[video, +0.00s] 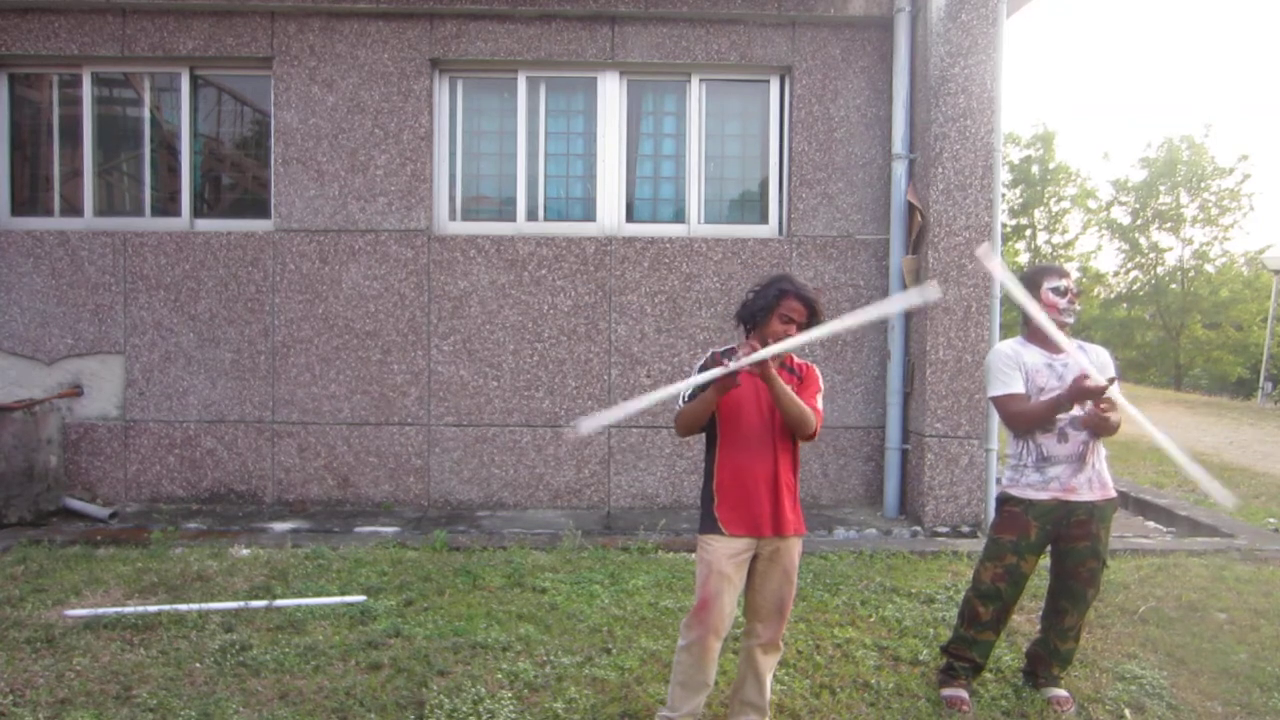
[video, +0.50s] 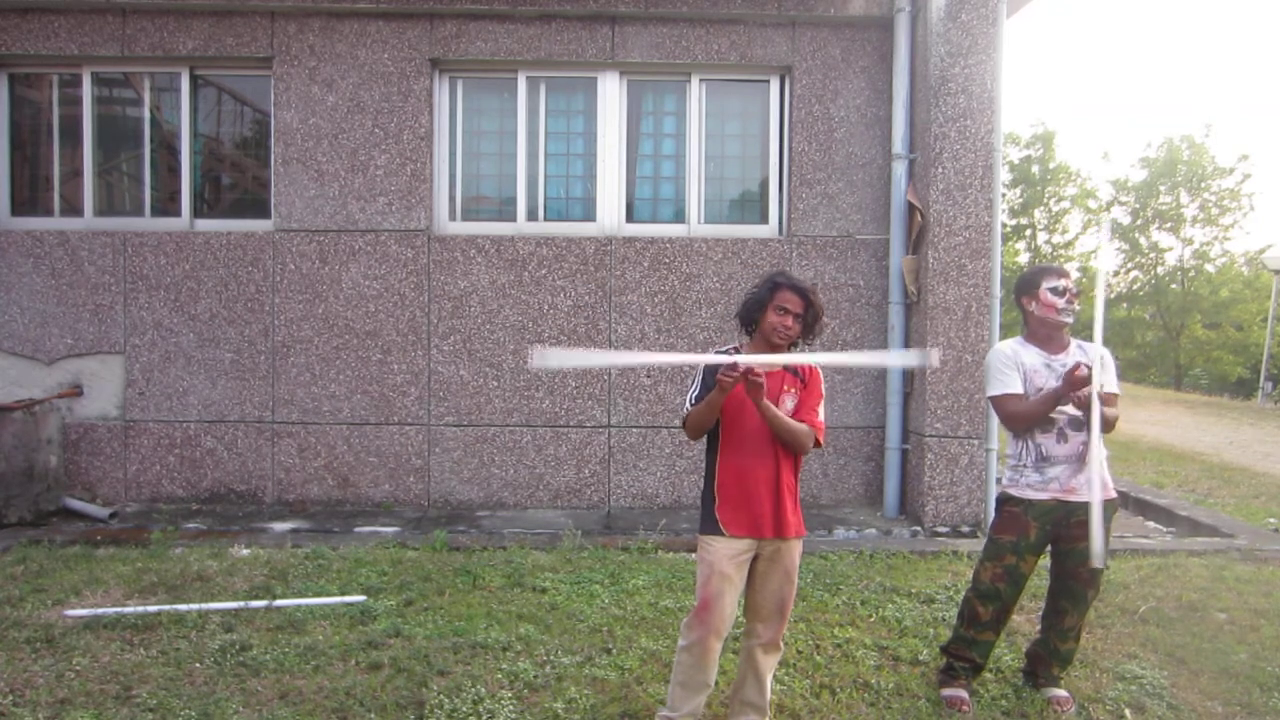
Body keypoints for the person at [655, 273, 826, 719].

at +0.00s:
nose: (792, 331)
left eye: (800, 325)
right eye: (785, 319)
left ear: (805, 330)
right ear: (758, 317)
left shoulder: (805, 372)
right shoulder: (719, 362)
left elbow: (808, 428)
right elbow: (684, 426)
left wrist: (771, 374)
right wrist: (722, 385)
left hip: (783, 521)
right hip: (726, 520)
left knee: (767, 636)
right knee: (707, 626)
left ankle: (749, 715)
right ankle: (678, 714)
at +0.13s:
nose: (787, 326)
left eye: (797, 320)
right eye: (781, 314)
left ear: (803, 329)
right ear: (755, 314)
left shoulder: (805, 373)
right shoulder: (721, 361)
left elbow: (809, 429)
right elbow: (686, 428)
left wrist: (771, 374)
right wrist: (720, 386)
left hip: (783, 522)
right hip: (726, 521)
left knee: (767, 636)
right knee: (707, 626)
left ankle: (749, 714)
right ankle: (678, 714)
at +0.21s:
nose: (788, 325)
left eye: (798, 318)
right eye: (781, 312)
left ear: (803, 327)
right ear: (757, 312)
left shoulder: (806, 373)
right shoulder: (721, 362)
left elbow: (808, 431)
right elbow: (688, 427)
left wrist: (768, 376)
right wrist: (724, 390)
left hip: (783, 520)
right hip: (726, 518)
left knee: (767, 635)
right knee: (708, 625)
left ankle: (749, 714)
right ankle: (678, 713)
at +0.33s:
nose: (788, 323)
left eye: (798, 317)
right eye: (780, 312)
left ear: (803, 327)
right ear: (756, 312)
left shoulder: (807, 373)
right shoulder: (723, 362)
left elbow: (807, 437)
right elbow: (692, 428)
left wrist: (768, 390)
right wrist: (723, 390)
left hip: (784, 521)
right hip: (727, 520)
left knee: (767, 635)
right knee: (708, 625)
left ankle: (749, 714)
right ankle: (678, 714)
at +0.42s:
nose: (788, 323)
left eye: (797, 317)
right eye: (781, 311)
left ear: (803, 327)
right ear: (757, 311)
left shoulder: (807, 374)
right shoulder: (721, 363)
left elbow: (805, 439)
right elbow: (692, 429)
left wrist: (764, 398)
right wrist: (722, 390)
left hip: (783, 521)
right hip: (726, 519)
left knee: (767, 635)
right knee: (709, 624)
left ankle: (749, 714)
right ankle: (678, 714)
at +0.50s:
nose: (788, 322)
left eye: (798, 317)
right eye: (781, 310)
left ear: (803, 326)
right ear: (758, 311)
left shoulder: (806, 372)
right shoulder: (722, 363)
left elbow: (805, 441)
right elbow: (693, 428)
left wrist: (762, 402)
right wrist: (722, 391)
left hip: (783, 521)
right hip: (726, 519)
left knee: (767, 635)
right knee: (709, 624)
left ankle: (749, 714)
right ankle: (678, 714)